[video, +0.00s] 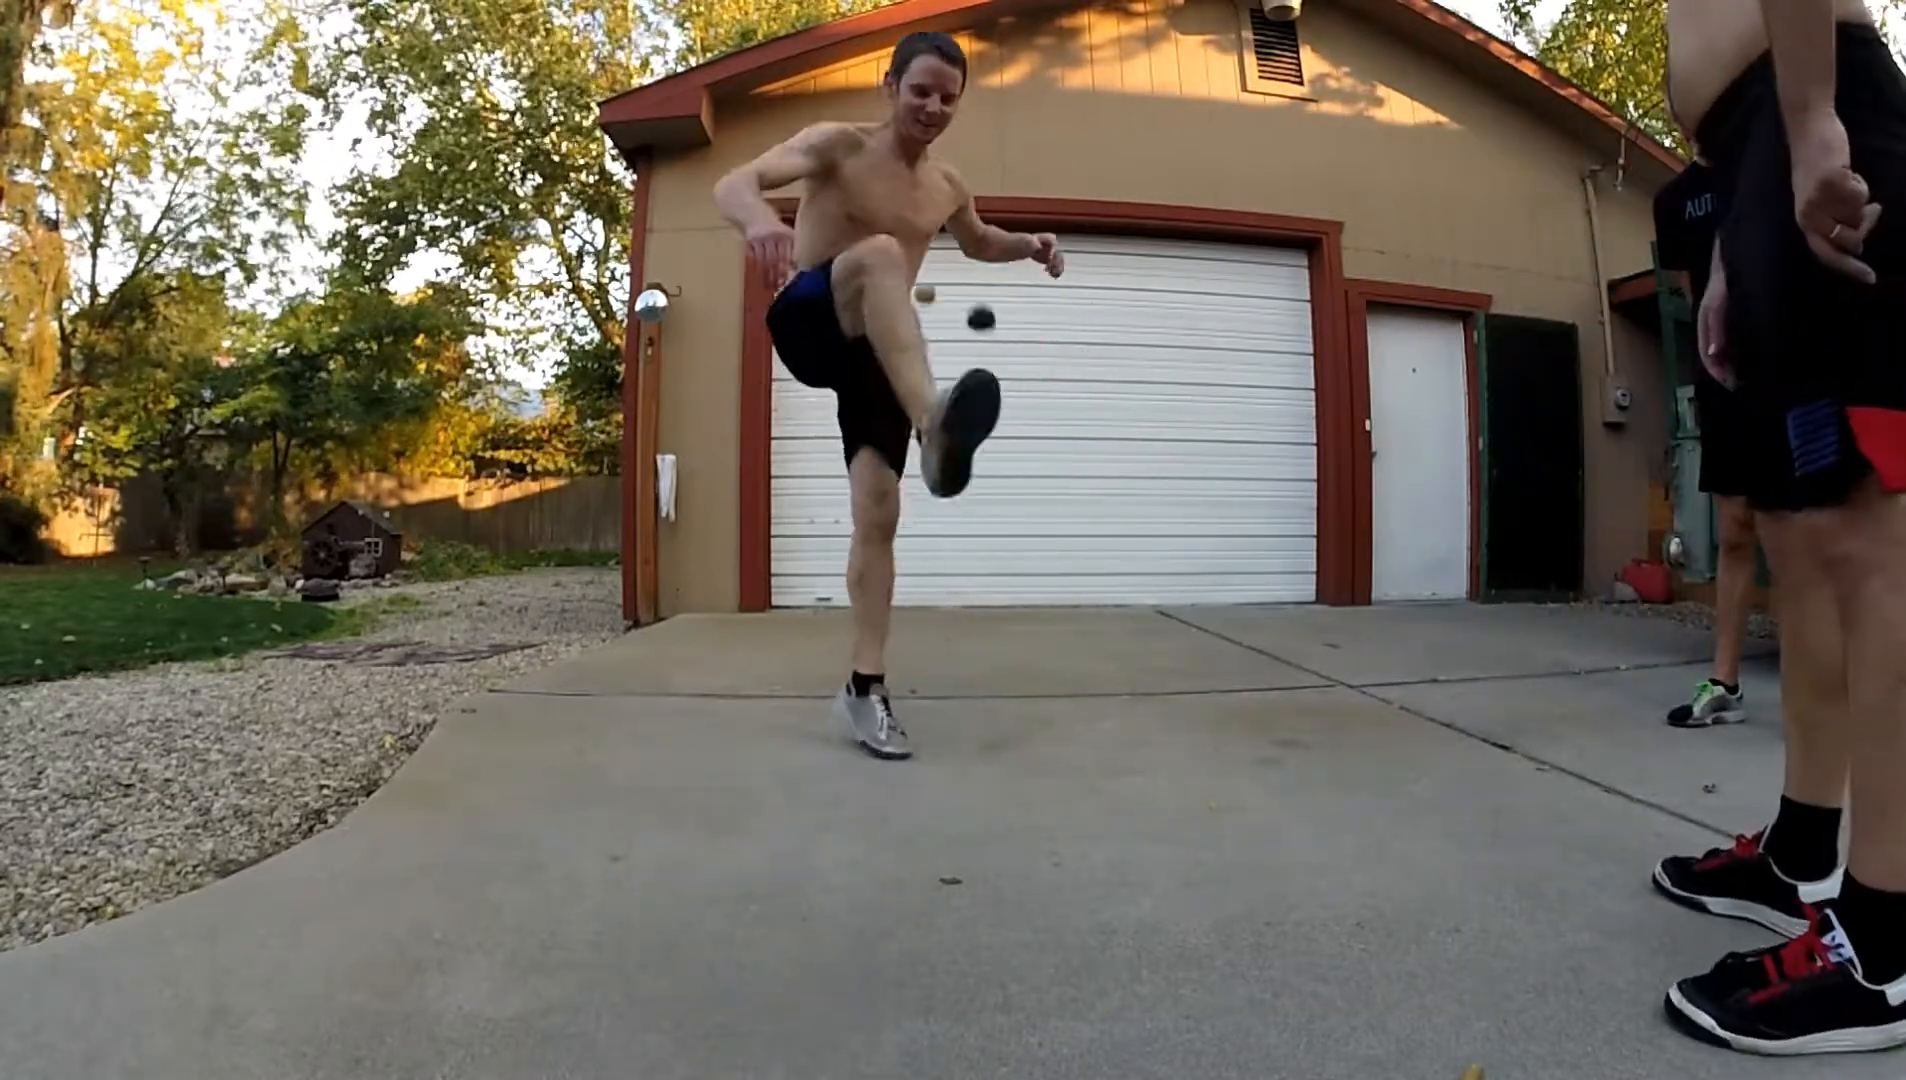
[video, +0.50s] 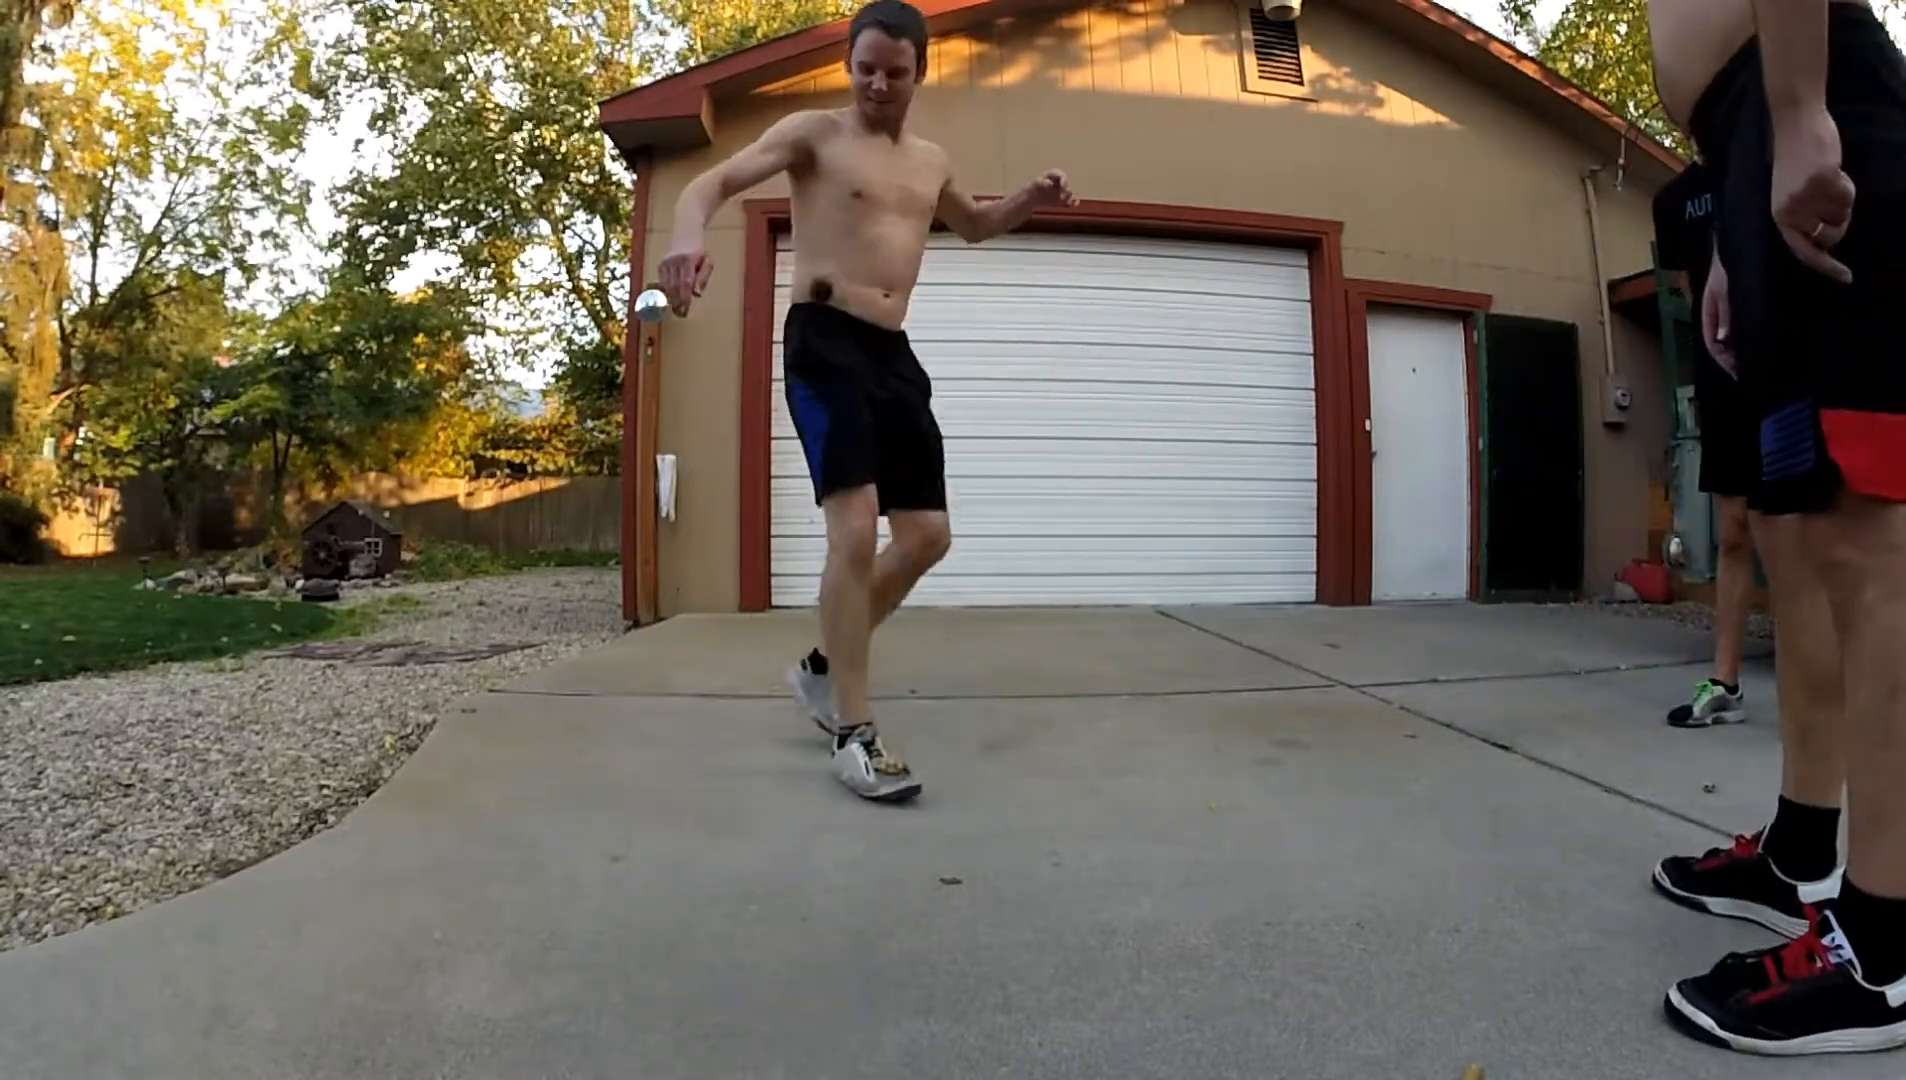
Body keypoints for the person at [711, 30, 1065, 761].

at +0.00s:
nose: (933, 107)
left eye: (947, 98)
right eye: (922, 90)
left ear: (958, 105)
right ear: (892, 85)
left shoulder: (947, 186)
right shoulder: (835, 144)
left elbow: (979, 242)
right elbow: (733, 185)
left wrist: (1028, 244)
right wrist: (757, 221)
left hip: (883, 351)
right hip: (809, 334)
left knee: (877, 514)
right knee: (877, 259)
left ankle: (865, 689)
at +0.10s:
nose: (927, 96)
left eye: (941, 86)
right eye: (916, 80)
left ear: (954, 93)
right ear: (887, 74)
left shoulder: (944, 176)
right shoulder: (836, 133)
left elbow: (974, 237)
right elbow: (733, 178)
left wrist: (1026, 245)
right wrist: (766, 203)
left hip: (879, 335)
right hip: (805, 312)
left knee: (873, 509)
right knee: (876, 312)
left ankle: (841, 676)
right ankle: (883, 522)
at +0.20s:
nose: (916, 99)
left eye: (930, 90)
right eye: (904, 83)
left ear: (942, 99)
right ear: (876, 82)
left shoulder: (938, 186)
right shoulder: (828, 145)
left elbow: (966, 258)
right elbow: (727, 200)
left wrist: (1022, 255)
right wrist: (753, 231)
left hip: (880, 351)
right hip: (809, 333)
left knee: (878, 532)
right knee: (863, 437)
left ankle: (827, 695)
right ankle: (860, 657)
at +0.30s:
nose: (899, 107)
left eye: (913, 98)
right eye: (888, 93)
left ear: (930, 107)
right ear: (865, 94)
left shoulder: (931, 198)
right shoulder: (819, 158)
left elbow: (963, 271)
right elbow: (726, 216)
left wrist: (1024, 249)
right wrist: (730, 256)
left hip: (885, 369)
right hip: (812, 360)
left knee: (884, 548)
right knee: (858, 508)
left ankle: (827, 699)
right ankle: (852, 714)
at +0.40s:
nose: (889, 96)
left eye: (903, 85)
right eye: (877, 81)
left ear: (923, 91)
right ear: (855, 80)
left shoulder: (929, 178)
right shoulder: (814, 145)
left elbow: (965, 252)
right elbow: (719, 202)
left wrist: (1028, 222)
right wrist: (707, 251)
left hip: (891, 361)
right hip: (819, 348)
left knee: (887, 546)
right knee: (858, 532)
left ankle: (829, 692)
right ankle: (855, 728)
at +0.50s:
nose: (882, 84)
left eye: (897, 72)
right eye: (869, 69)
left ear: (921, 72)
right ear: (848, 64)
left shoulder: (931, 159)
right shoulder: (811, 132)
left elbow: (975, 223)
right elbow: (707, 187)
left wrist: (1026, 202)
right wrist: (687, 242)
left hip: (891, 351)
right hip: (823, 336)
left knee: (926, 538)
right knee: (855, 534)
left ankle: (821, 666)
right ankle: (855, 733)